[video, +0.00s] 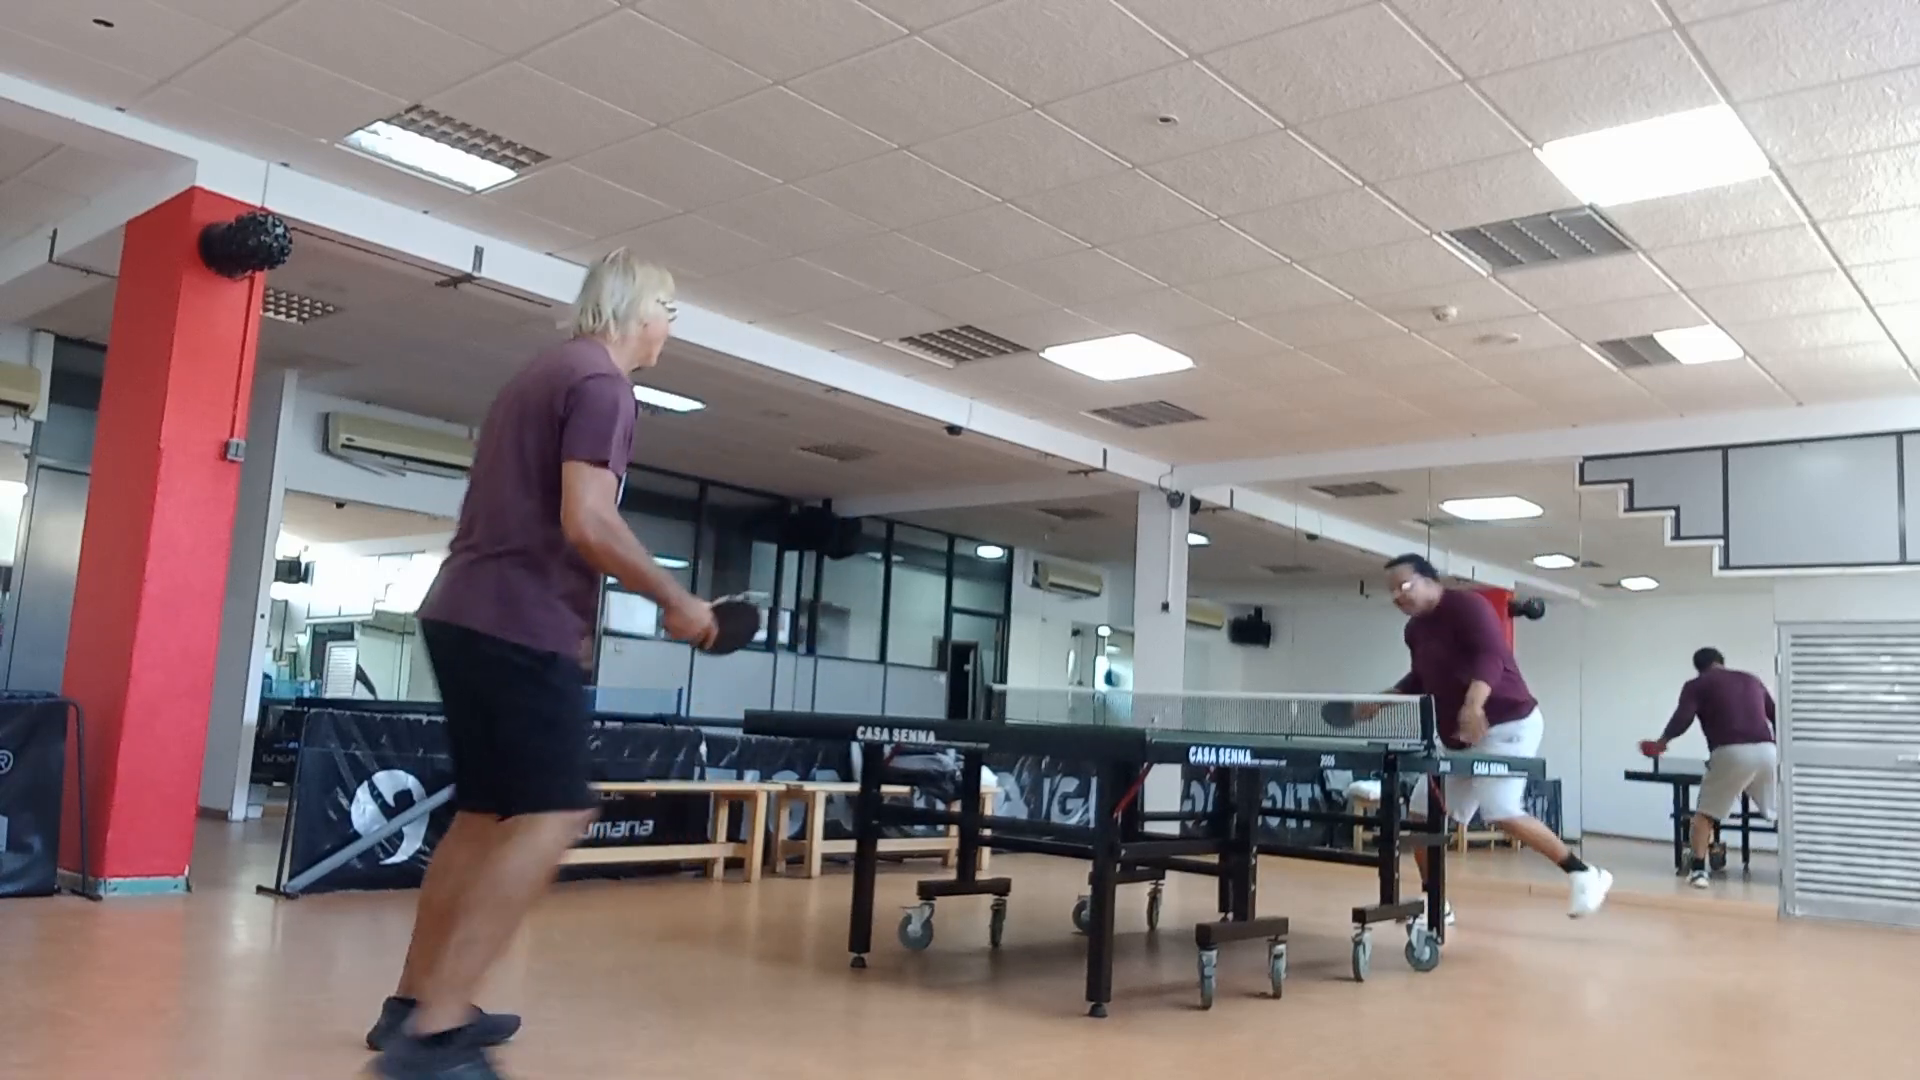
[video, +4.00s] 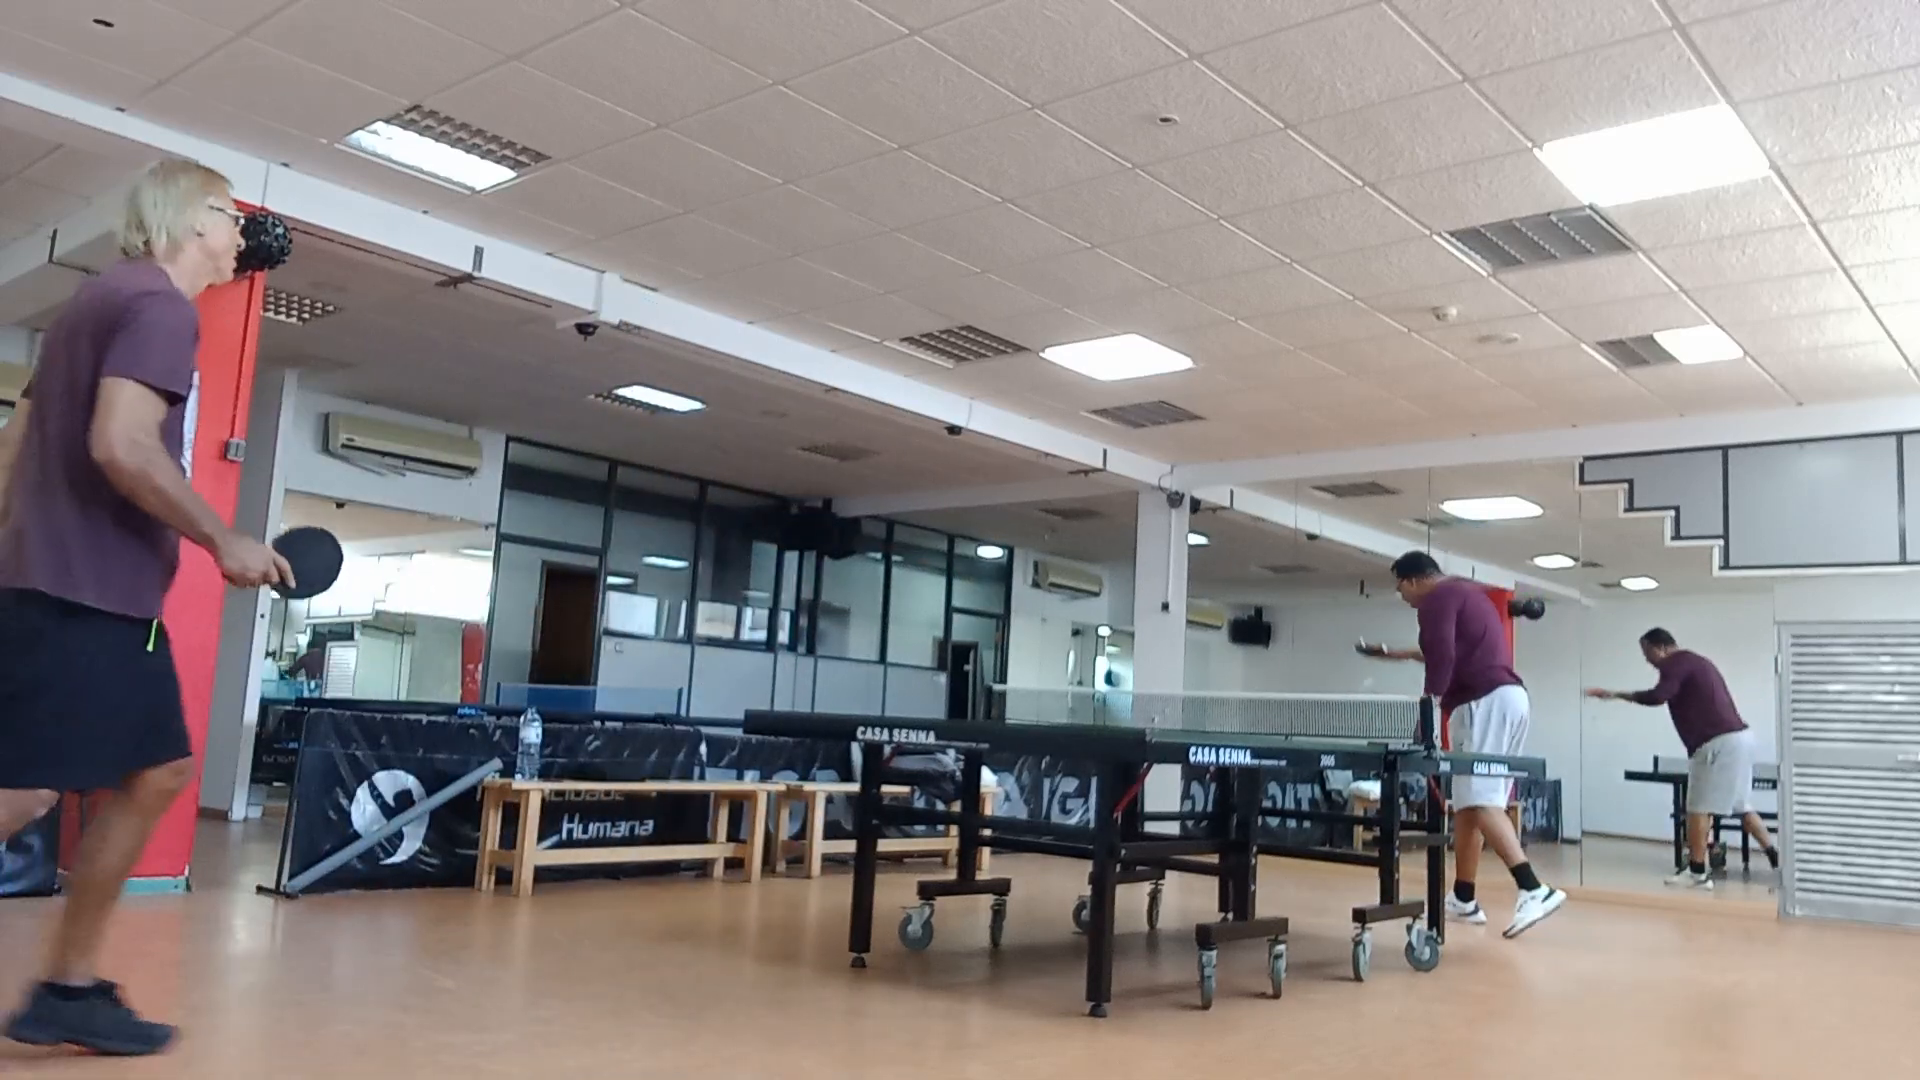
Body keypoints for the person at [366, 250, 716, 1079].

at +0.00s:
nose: (668, 339)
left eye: (671, 324)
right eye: (666, 321)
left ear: (598, 308)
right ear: (634, 314)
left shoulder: (543, 370)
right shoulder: (602, 381)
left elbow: (512, 519)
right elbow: (591, 523)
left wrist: (571, 621)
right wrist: (675, 601)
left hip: (466, 614)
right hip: (518, 625)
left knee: (486, 808)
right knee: (558, 809)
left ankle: (419, 1000)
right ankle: (438, 1023)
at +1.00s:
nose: (801, 454)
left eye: (807, 443)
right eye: (804, 439)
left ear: (735, 404)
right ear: (786, 422)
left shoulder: (651, 435)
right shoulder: (768, 452)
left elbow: (612, 554)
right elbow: (822, 571)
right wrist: (798, 610)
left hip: (556, 659)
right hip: (661, 668)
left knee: (479, 831)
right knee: (759, 818)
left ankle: (345, 1013)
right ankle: (770, 1035)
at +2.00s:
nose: (642, 344)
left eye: (643, 330)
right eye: (640, 329)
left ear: (567, 317)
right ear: (615, 319)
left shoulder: (502, 388)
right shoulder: (613, 374)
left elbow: (436, 500)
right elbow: (680, 479)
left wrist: (487, 563)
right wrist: (749, 509)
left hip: (481, 605)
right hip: (564, 605)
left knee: (484, 792)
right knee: (612, 788)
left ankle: (438, 998)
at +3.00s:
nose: (112, 275)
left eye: (131, 264)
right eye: (103, 265)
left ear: (171, 290)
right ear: (93, 295)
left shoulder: (195, 366)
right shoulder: (98, 404)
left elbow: (208, 496)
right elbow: (79, 538)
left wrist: (97, 566)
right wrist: (7, 595)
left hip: (185, 622)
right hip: (116, 623)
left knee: (71, 785)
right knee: (24, 771)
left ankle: (173, 957)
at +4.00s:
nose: (240, 235)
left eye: (237, 221)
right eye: (229, 217)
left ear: (162, 225)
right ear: (186, 221)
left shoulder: (89, 303)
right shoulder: (159, 304)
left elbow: (16, 451)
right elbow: (122, 446)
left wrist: (26, 548)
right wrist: (225, 540)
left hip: (42, 591)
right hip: (88, 597)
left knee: (151, 774)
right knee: (153, 774)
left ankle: (68, 988)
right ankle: (67, 990)